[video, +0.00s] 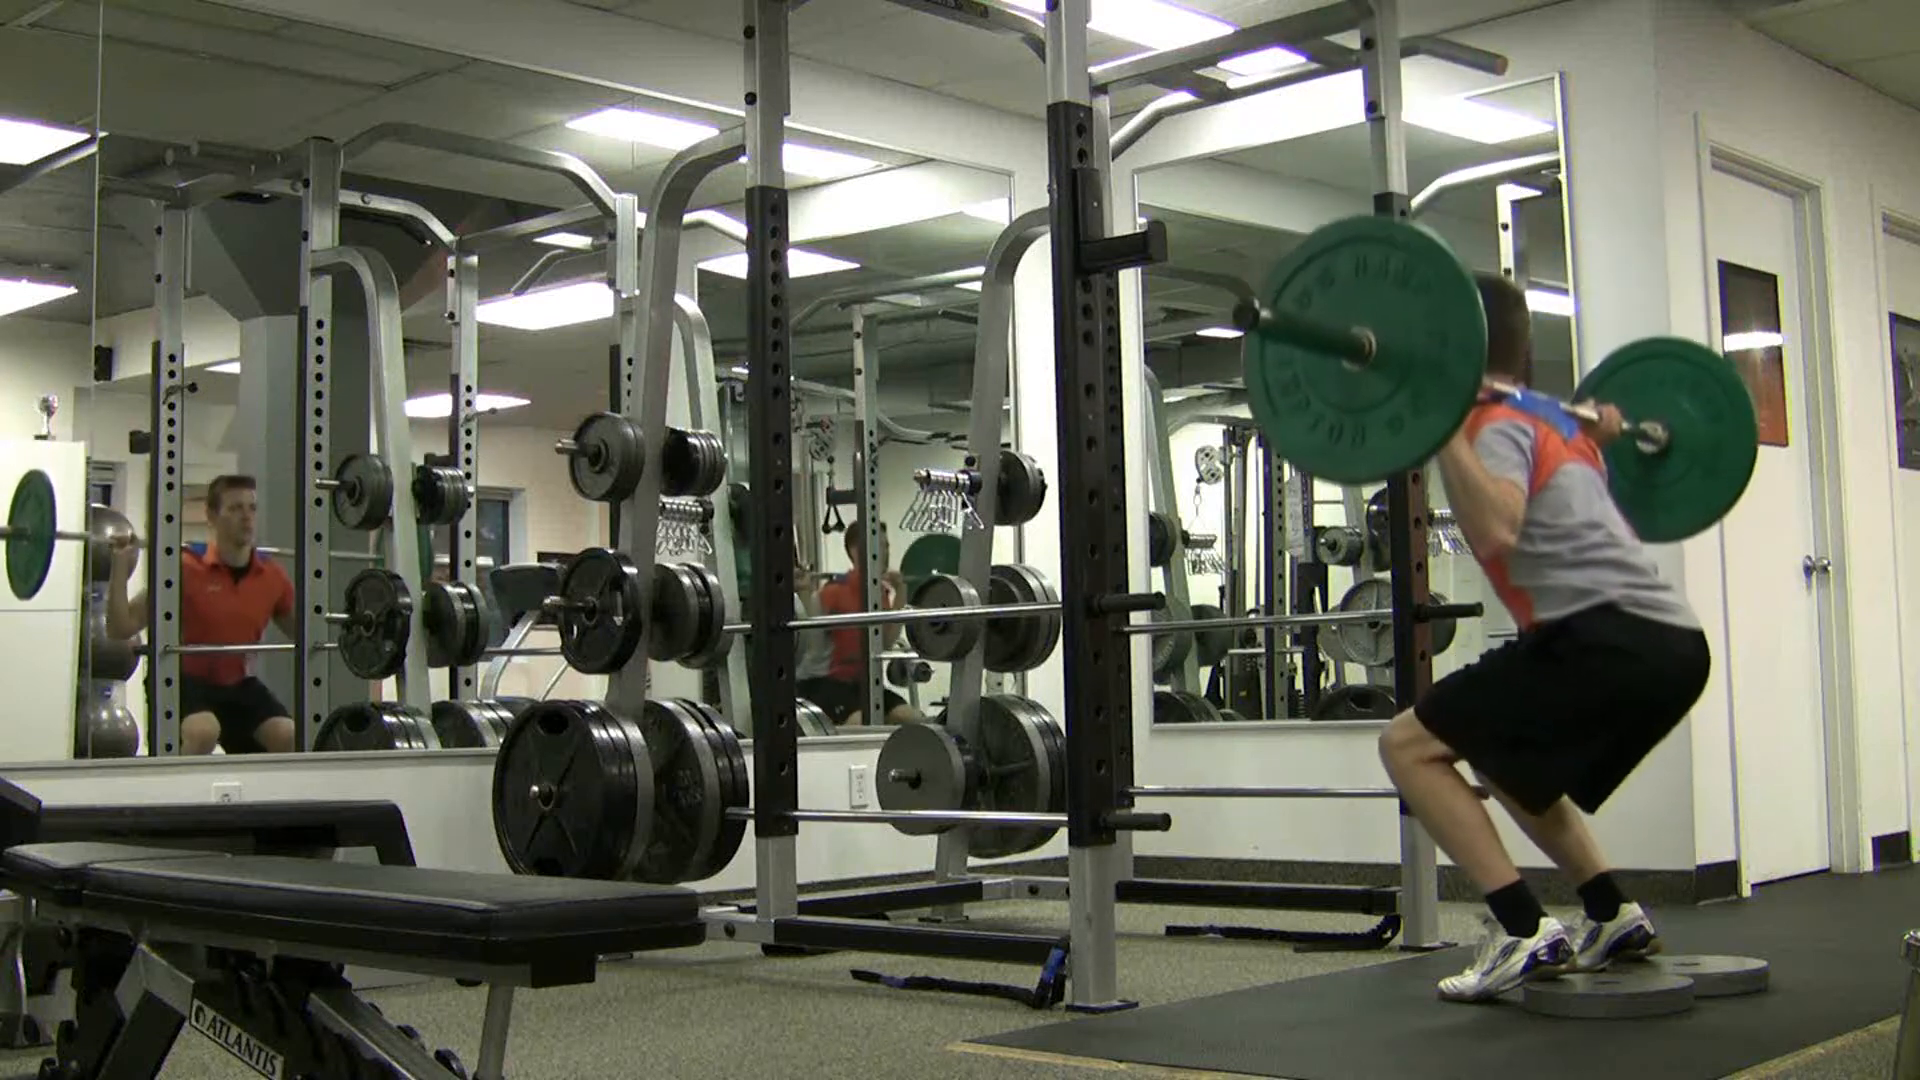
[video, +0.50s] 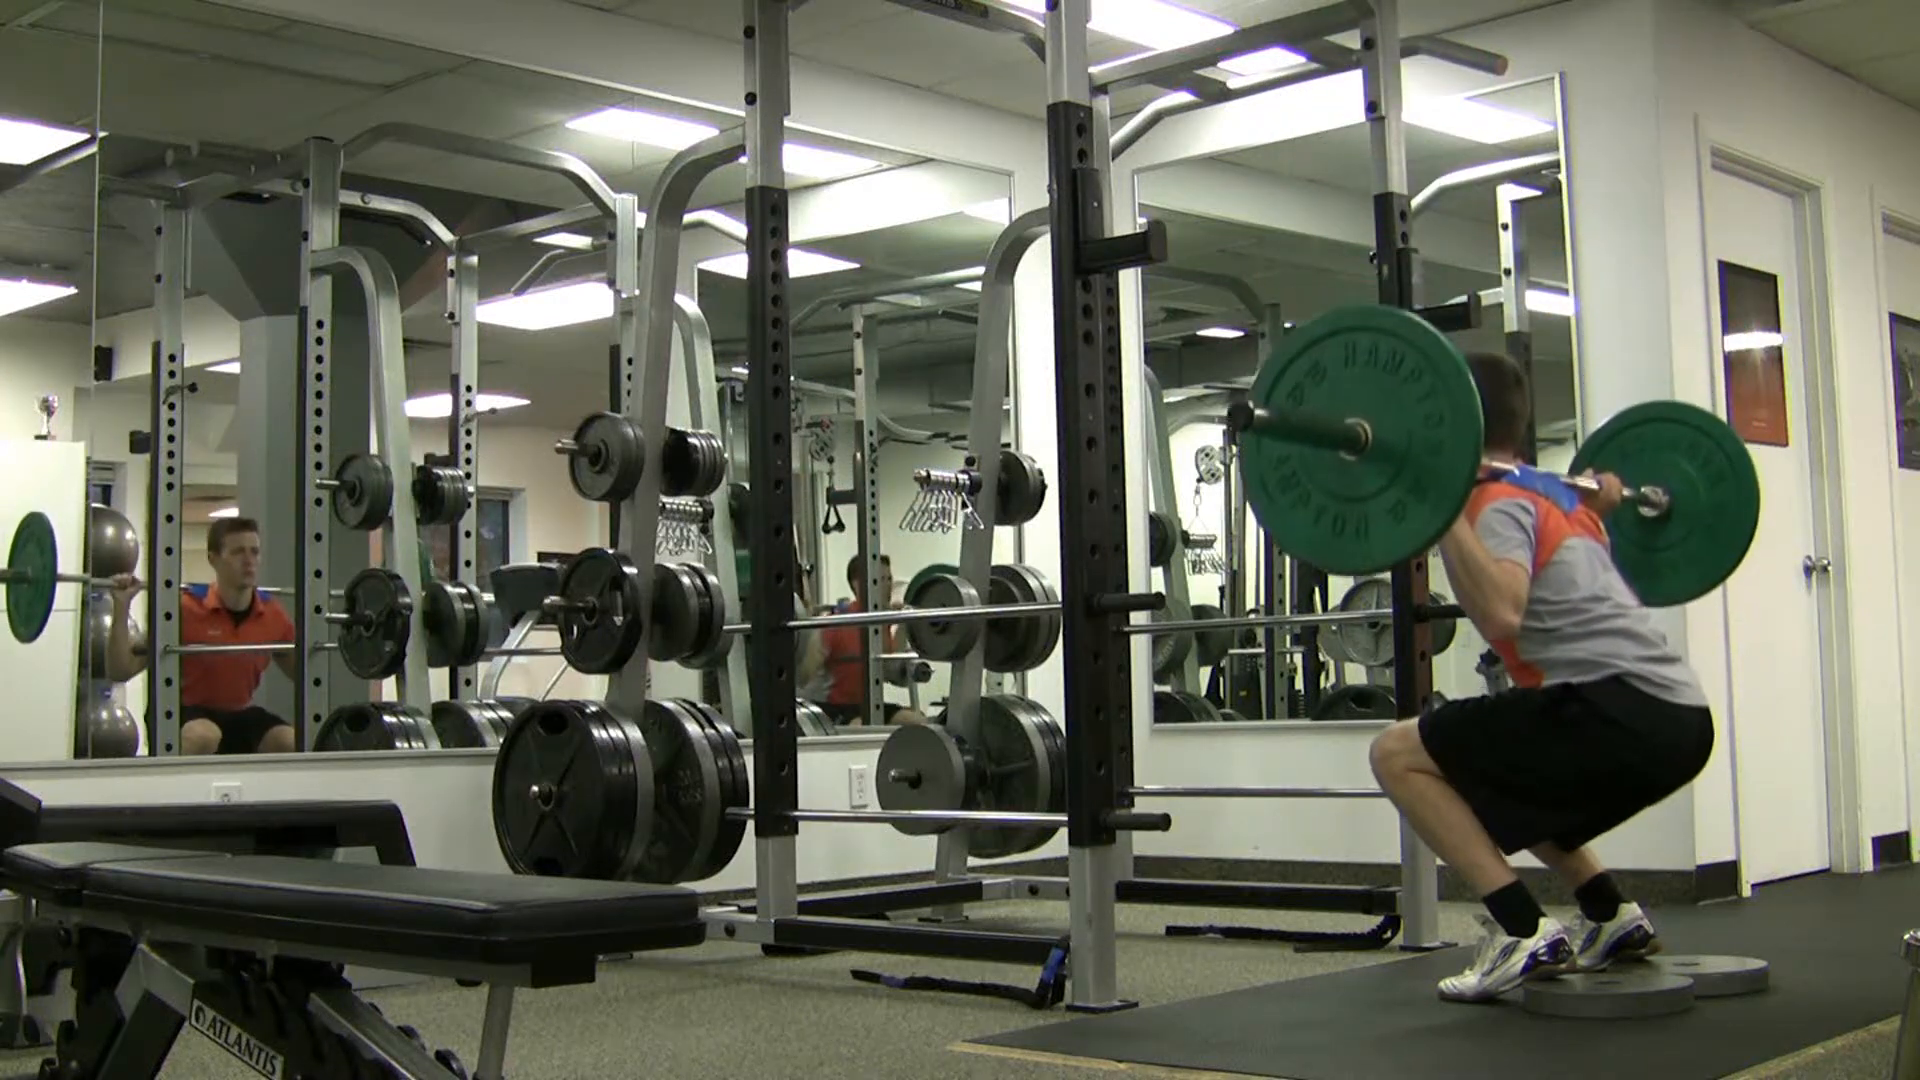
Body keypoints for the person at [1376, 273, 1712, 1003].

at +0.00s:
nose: (1429, 360)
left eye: (1438, 343)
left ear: (1456, 351)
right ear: (1517, 351)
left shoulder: (1499, 421)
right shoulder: (1560, 421)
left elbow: (1495, 532)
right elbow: (1579, 496)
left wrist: (1441, 427)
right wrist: (1593, 435)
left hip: (1600, 636)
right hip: (1675, 647)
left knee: (1408, 745)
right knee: (1511, 769)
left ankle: (1521, 929)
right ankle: (1612, 913)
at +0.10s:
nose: (1430, 373)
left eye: (1440, 357)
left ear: (1454, 366)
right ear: (1520, 370)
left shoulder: (1499, 439)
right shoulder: (1558, 437)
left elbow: (1496, 553)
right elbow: (1574, 510)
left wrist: (1441, 444)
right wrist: (1591, 452)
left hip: (1602, 654)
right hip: (1678, 664)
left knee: (1405, 747)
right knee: (1512, 775)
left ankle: (1523, 930)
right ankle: (1613, 914)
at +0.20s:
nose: (1430, 390)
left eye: (1439, 374)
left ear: (1453, 383)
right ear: (1522, 386)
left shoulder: (1500, 457)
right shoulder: (1561, 453)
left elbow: (1498, 571)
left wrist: (1441, 463)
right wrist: (1596, 465)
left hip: (1607, 670)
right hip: (1678, 679)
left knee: (1402, 749)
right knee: (1505, 771)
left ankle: (1522, 930)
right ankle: (1612, 913)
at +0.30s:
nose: (1425, 403)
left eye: (1433, 389)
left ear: (1451, 397)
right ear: (1519, 400)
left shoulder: (1501, 474)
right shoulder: (1560, 468)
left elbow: (1499, 586)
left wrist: (1440, 478)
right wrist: (1593, 478)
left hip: (1612, 683)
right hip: (1678, 693)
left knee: (1401, 750)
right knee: (1505, 779)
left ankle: (1523, 930)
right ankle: (1612, 913)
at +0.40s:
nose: (1430, 414)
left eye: (1438, 400)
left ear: (1454, 411)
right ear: (1522, 414)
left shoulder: (1500, 490)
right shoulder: (1561, 480)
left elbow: (1501, 601)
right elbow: (1580, 535)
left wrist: (1441, 493)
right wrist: (1594, 491)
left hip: (1615, 696)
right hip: (1678, 708)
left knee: (1399, 752)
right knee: (1503, 780)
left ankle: (1523, 931)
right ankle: (1611, 915)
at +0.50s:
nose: (1431, 429)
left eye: (1438, 415)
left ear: (1452, 424)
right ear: (1522, 428)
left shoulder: (1500, 503)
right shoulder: (1563, 494)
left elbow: (1501, 615)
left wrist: (1440, 507)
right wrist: (1596, 503)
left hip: (1617, 709)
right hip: (1679, 721)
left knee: (1398, 753)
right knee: (1498, 779)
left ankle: (1524, 931)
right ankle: (1611, 913)